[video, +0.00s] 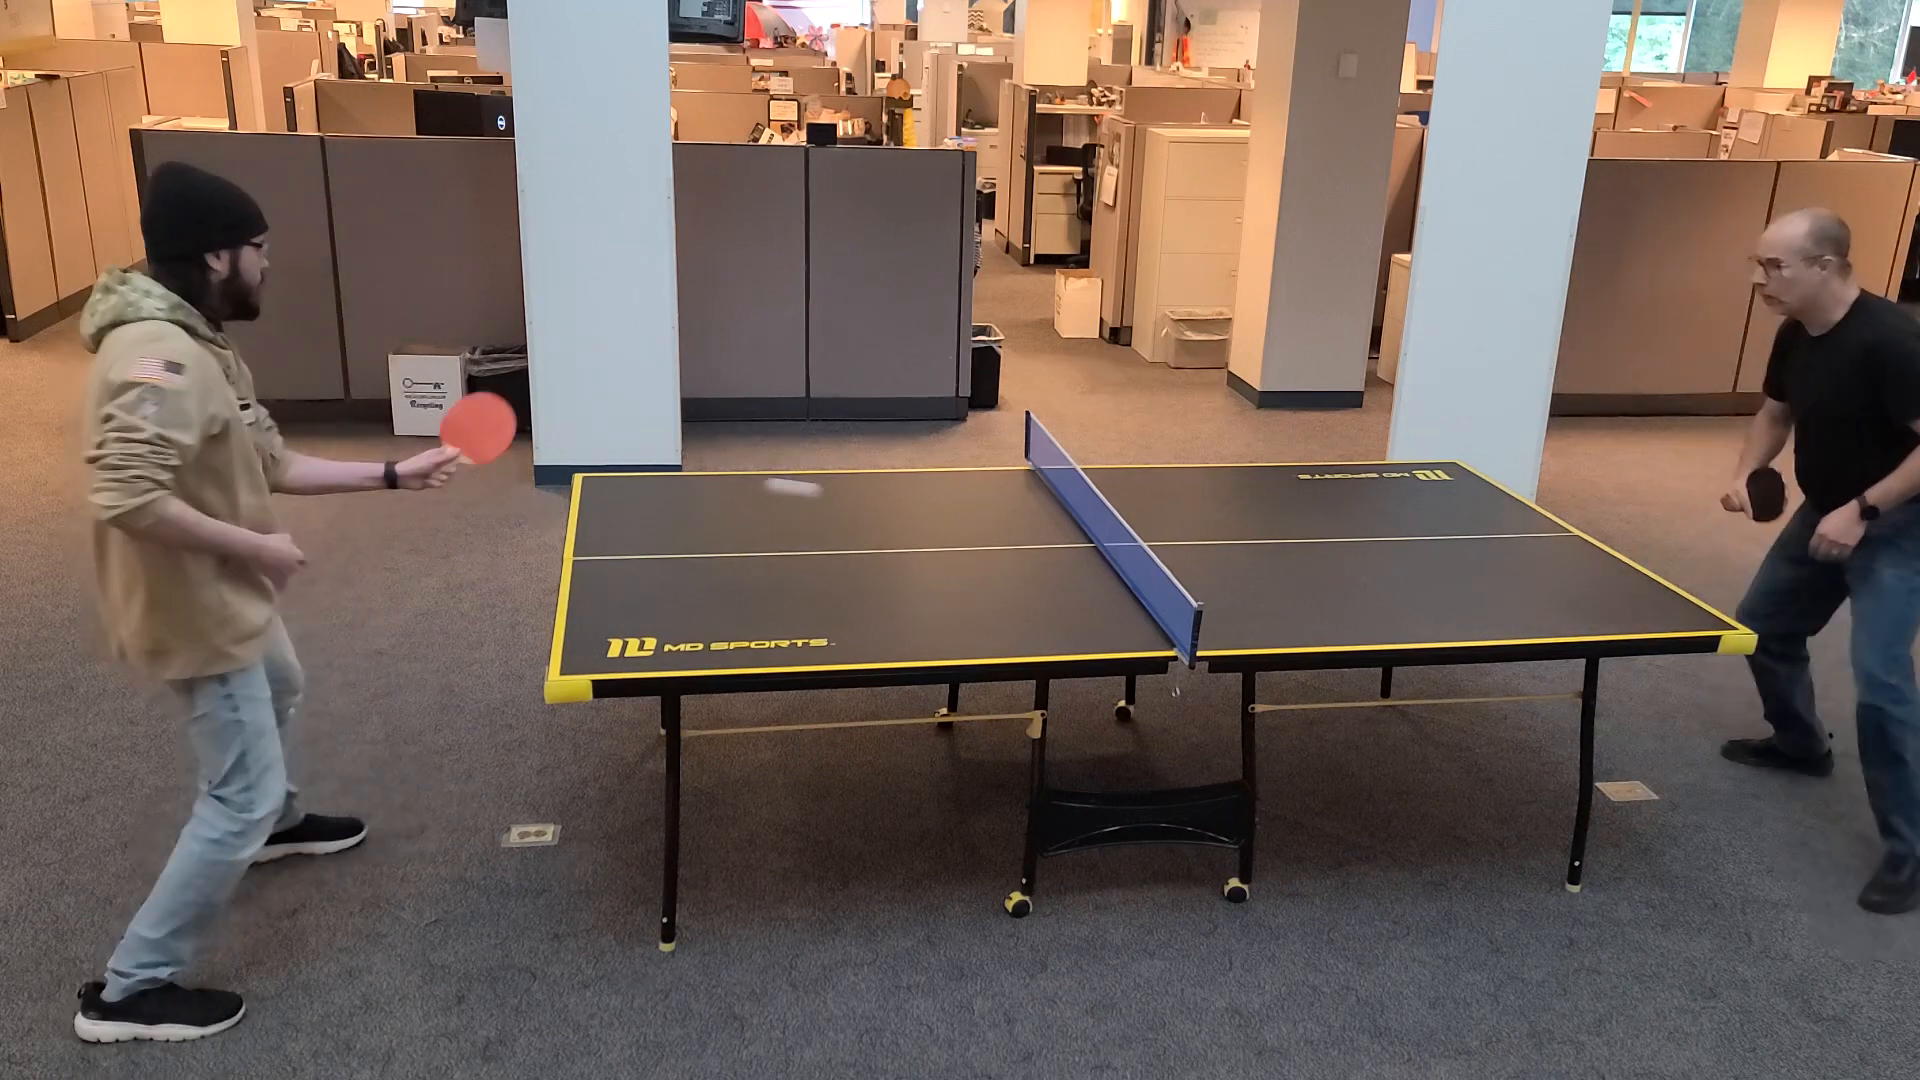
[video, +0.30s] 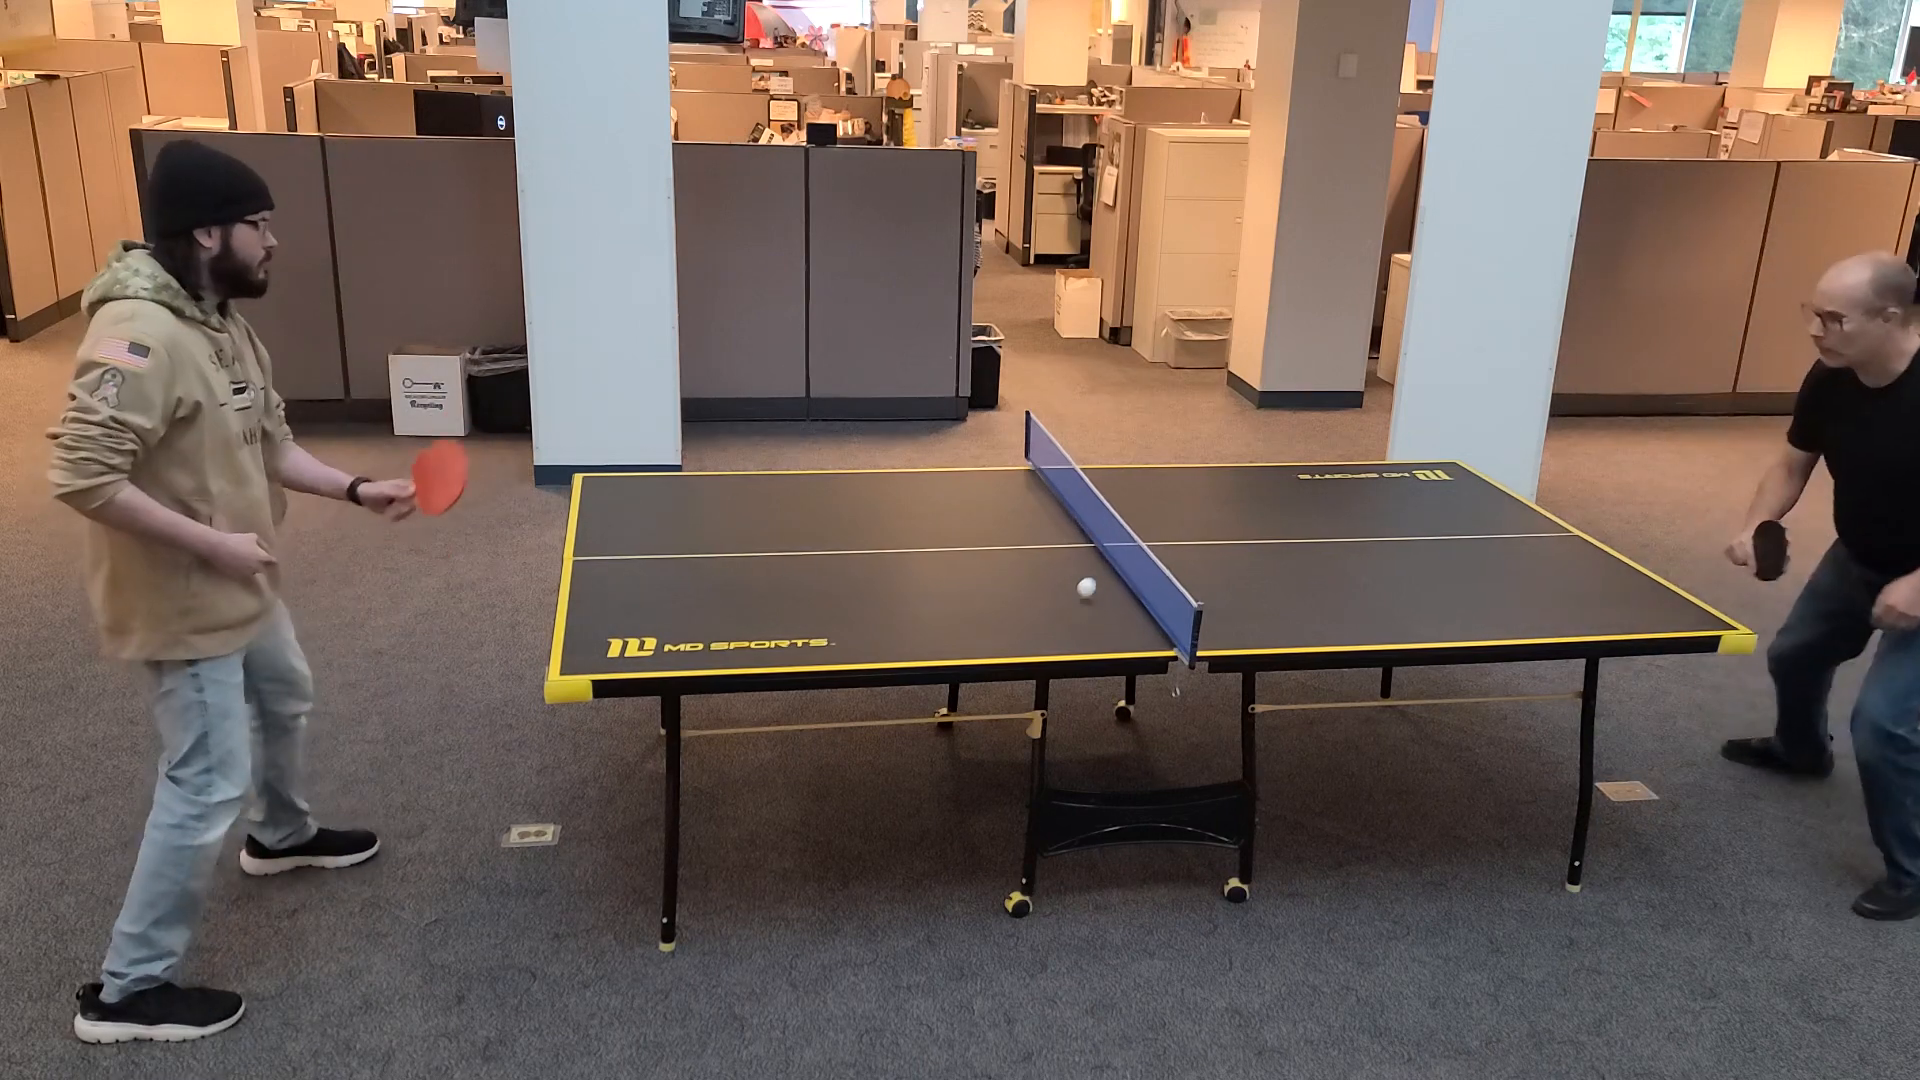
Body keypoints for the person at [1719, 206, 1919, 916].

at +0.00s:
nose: (1761, 279)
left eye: (1773, 267)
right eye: (1760, 266)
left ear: (1826, 268)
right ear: (1812, 270)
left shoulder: (1893, 340)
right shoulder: (1794, 334)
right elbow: (1776, 415)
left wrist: (1864, 508)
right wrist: (1745, 472)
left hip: (1896, 527)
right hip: (1824, 517)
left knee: (1883, 684)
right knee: (1763, 624)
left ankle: (1907, 850)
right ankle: (1799, 743)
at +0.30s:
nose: (1817, 328)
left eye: (1833, 318)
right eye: (1815, 314)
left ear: (1891, 320)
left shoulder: (1919, 388)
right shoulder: (1829, 380)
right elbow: (1793, 464)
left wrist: (1919, 580)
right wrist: (1758, 522)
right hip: (1860, 559)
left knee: (1883, 724)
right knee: (1793, 654)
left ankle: (1910, 873)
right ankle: (1801, 751)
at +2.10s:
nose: (1856, 248)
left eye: (1876, 242)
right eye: (1856, 232)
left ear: (1917, 256)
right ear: (1852, 224)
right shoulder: (1839, 300)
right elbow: (1806, 377)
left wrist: (1887, 531)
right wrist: (1773, 438)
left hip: (1887, 544)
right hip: (1803, 515)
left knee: (1847, 699)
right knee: (1754, 653)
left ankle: (1820, 822)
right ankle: (1736, 784)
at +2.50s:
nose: (1848, 232)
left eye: (1868, 225)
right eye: (1846, 217)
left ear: (1910, 236)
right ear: (1841, 214)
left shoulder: (1916, 319)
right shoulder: (1830, 294)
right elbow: (1799, 374)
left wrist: (1853, 506)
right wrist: (1755, 423)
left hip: (1878, 527)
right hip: (1795, 504)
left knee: (1840, 686)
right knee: (1760, 644)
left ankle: (1820, 822)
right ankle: (1751, 769)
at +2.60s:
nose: (1836, 225)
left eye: (1857, 218)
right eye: (1834, 210)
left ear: (1904, 230)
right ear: (1829, 210)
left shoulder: (1916, 313)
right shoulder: (1822, 293)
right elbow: (1791, 374)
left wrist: (1846, 499)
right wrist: (1746, 421)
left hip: (1870, 524)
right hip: (1789, 502)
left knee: (1834, 683)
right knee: (1759, 644)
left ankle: (1820, 821)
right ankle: (1751, 770)